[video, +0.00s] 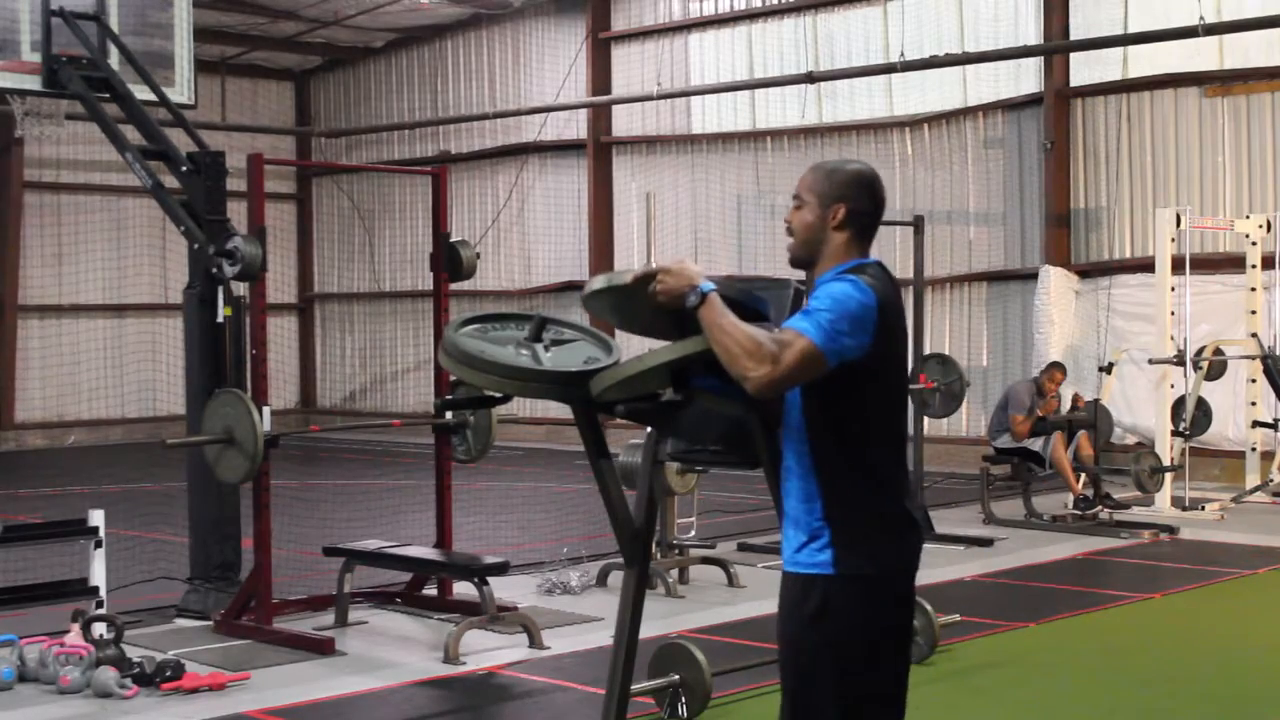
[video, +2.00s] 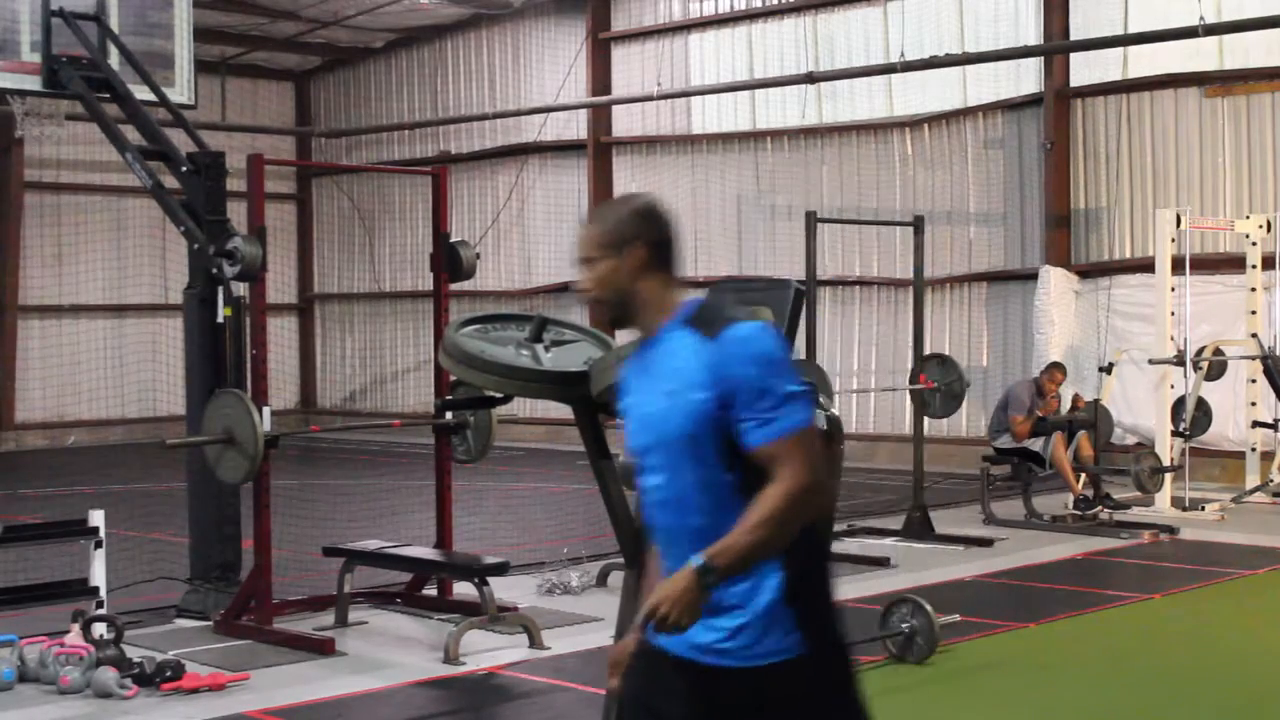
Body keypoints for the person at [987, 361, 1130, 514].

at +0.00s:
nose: (1053, 388)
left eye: (1058, 385)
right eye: (1051, 381)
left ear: (1060, 385)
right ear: (1041, 374)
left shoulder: (1049, 395)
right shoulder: (1021, 391)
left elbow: (1051, 426)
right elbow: (1018, 434)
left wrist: (1073, 412)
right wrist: (1041, 412)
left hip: (1028, 438)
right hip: (1003, 439)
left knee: (1081, 435)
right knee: (1055, 439)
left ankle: (1099, 494)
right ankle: (1079, 497)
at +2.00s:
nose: (1054, 388)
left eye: (1058, 385)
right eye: (1051, 382)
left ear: (1061, 384)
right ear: (1041, 375)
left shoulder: (1051, 395)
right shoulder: (1021, 391)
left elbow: (1054, 427)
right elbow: (1019, 435)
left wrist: (1073, 411)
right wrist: (1041, 412)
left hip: (1029, 438)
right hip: (1004, 440)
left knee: (1081, 436)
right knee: (1055, 439)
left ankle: (1099, 494)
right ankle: (1079, 498)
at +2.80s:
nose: (1054, 388)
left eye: (1058, 385)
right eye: (1051, 382)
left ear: (1061, 384)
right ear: (1041, 375)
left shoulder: (1050, 395)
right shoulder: (1021, 391)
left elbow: (1054, 427)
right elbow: (1018, 434)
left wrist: (1073, 412)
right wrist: (1041, 412)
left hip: (1029, 438)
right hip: (1004, 440)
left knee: (1080, 436)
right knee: (1055, 439)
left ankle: (1099, 494)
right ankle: (1079, 498)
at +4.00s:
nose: (1054, 388)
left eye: (1058, 385)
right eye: (1051, 382)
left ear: (1061, 385)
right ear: (1041, 375)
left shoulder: (1050, 395)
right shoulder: (1020, 392)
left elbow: (1053, 426)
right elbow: (1018, 435)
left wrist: (1073, 412)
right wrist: (1040, 412)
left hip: (1029, 438)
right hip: (1004, 440)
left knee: (1080, 436)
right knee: (1055, 439)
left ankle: (1099, 494)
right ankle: (1079, 498)